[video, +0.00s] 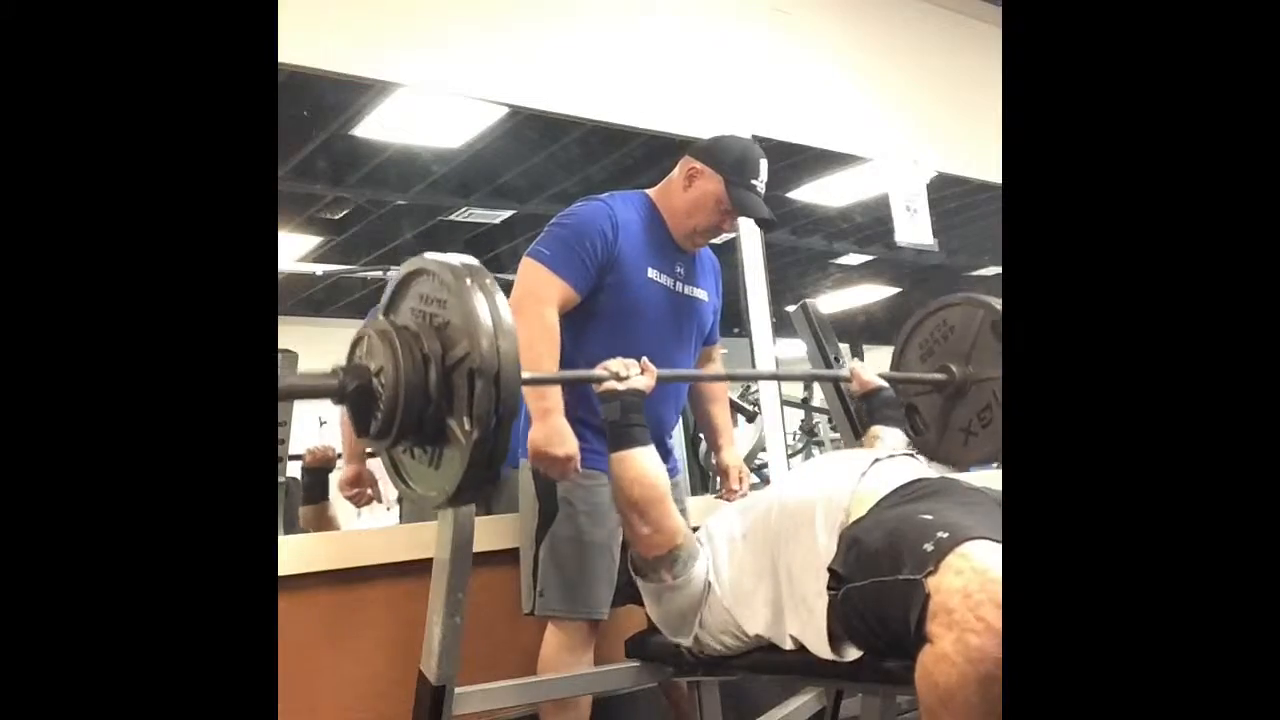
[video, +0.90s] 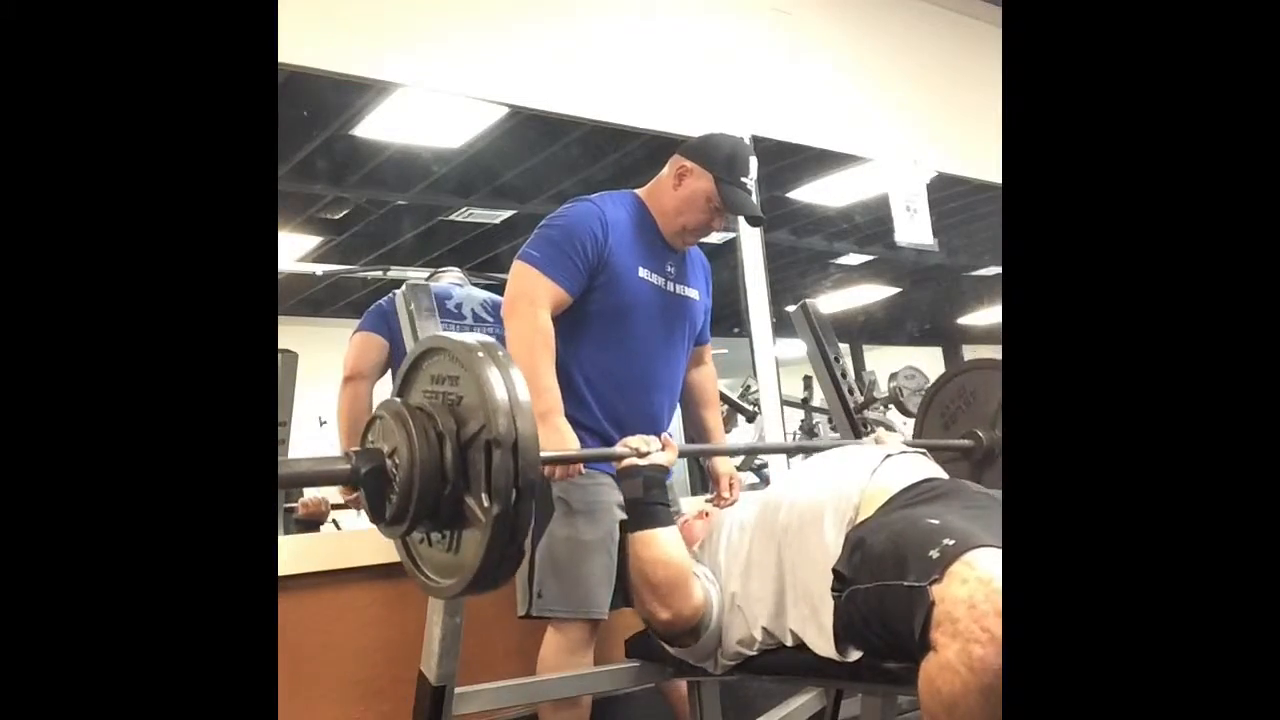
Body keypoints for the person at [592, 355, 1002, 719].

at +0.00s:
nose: (722, 491)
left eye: (720, 491)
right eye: (701, 497)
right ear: (684, 533)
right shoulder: (695, 593)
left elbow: (891, 459)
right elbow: (647, 517)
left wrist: (878, 399)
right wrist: (625, 411)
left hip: (974, 482)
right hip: (882, 515)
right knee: (985, 599)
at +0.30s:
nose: (689, 525)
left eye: (685, 517)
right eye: (674, 533)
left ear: (702, 511)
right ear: (660, 570)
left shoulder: (773, 507)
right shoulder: (699, 607)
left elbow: (907, 472)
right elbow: (658, 558)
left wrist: (883, 428)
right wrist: (634, 441)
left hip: (955, 491)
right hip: (873, 530)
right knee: (985, 594)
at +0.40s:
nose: (689, 521)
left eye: (686, 512)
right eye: (675, 532)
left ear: (704, 503)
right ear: (666, 568)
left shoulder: (756, 503)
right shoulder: (705, 608)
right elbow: (660, 566)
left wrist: (879, 441)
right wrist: (633, 449)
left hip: (953, 489)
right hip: (877, 533)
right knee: (984, 593)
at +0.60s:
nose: (685, 520)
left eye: (686, 513)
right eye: (672, 531)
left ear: (705, 504)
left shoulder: (756, 504)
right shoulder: (706, 606)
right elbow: (662, 586)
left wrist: (881, 447)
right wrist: (635, 463)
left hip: (957, 490)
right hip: (880, 524)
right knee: (984, 597)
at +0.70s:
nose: (684, 516)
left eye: (683, 511)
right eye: (671, 528)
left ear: (701, 502)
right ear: (679, 566)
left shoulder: (754, 499)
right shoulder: (711, 607)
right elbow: (666, 593)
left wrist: (883, 447)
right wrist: (640, 473)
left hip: (953, 490)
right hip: (877, 528)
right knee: (986, 602)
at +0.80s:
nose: (689, 510)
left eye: (686, 508)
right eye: (677, 522)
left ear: (705, 502)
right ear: (682, 554)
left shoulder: (767, 500)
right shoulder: (710, 603)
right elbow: (665, 597)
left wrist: (886, 447)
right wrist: (642, 482)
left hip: (950, 490)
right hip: (876, 531)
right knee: (986, 601)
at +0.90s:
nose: (693, 509)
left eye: (692, 506)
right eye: (679, 520)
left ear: (712, 502)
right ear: (680, 551)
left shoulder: (765, 502)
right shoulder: (707, 595)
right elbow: (667, 609)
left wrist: (878, 446)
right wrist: (645, 488)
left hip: (952, 489)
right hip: (877, 528)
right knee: (987, 600)